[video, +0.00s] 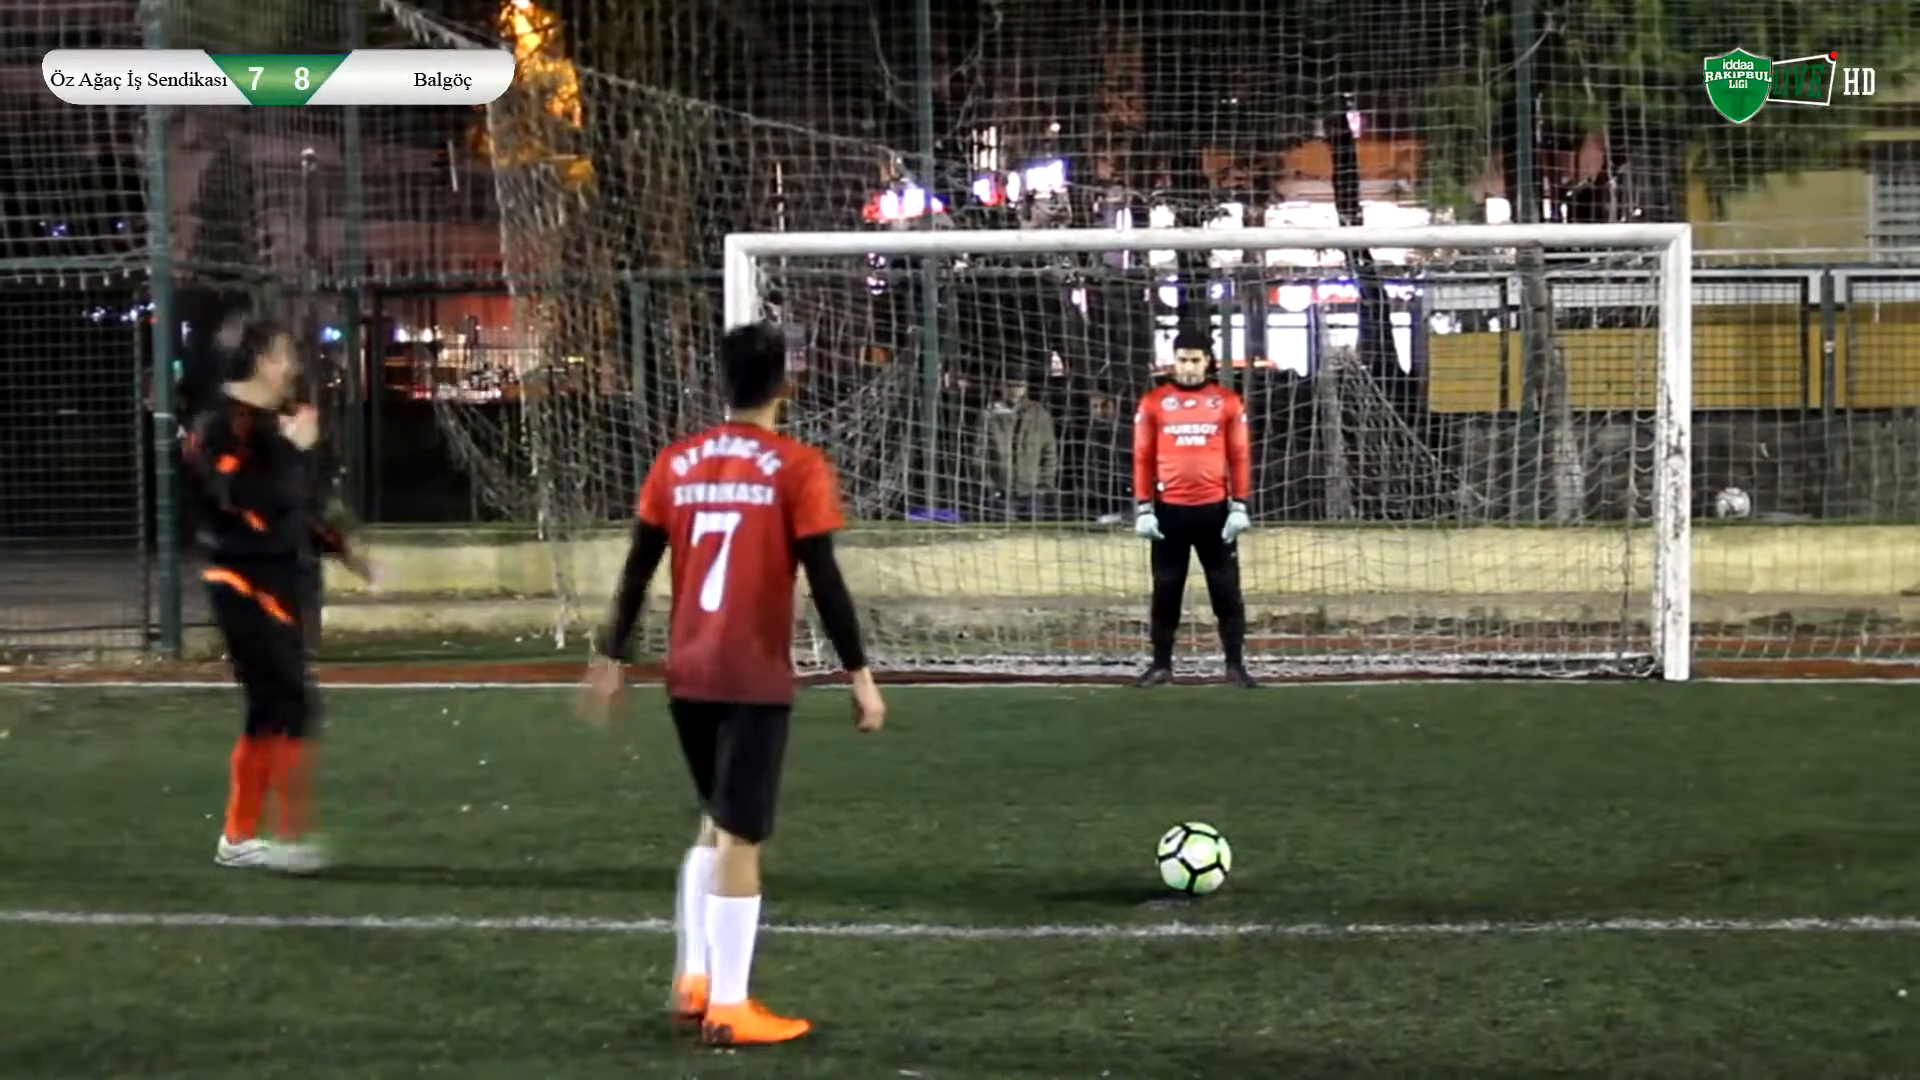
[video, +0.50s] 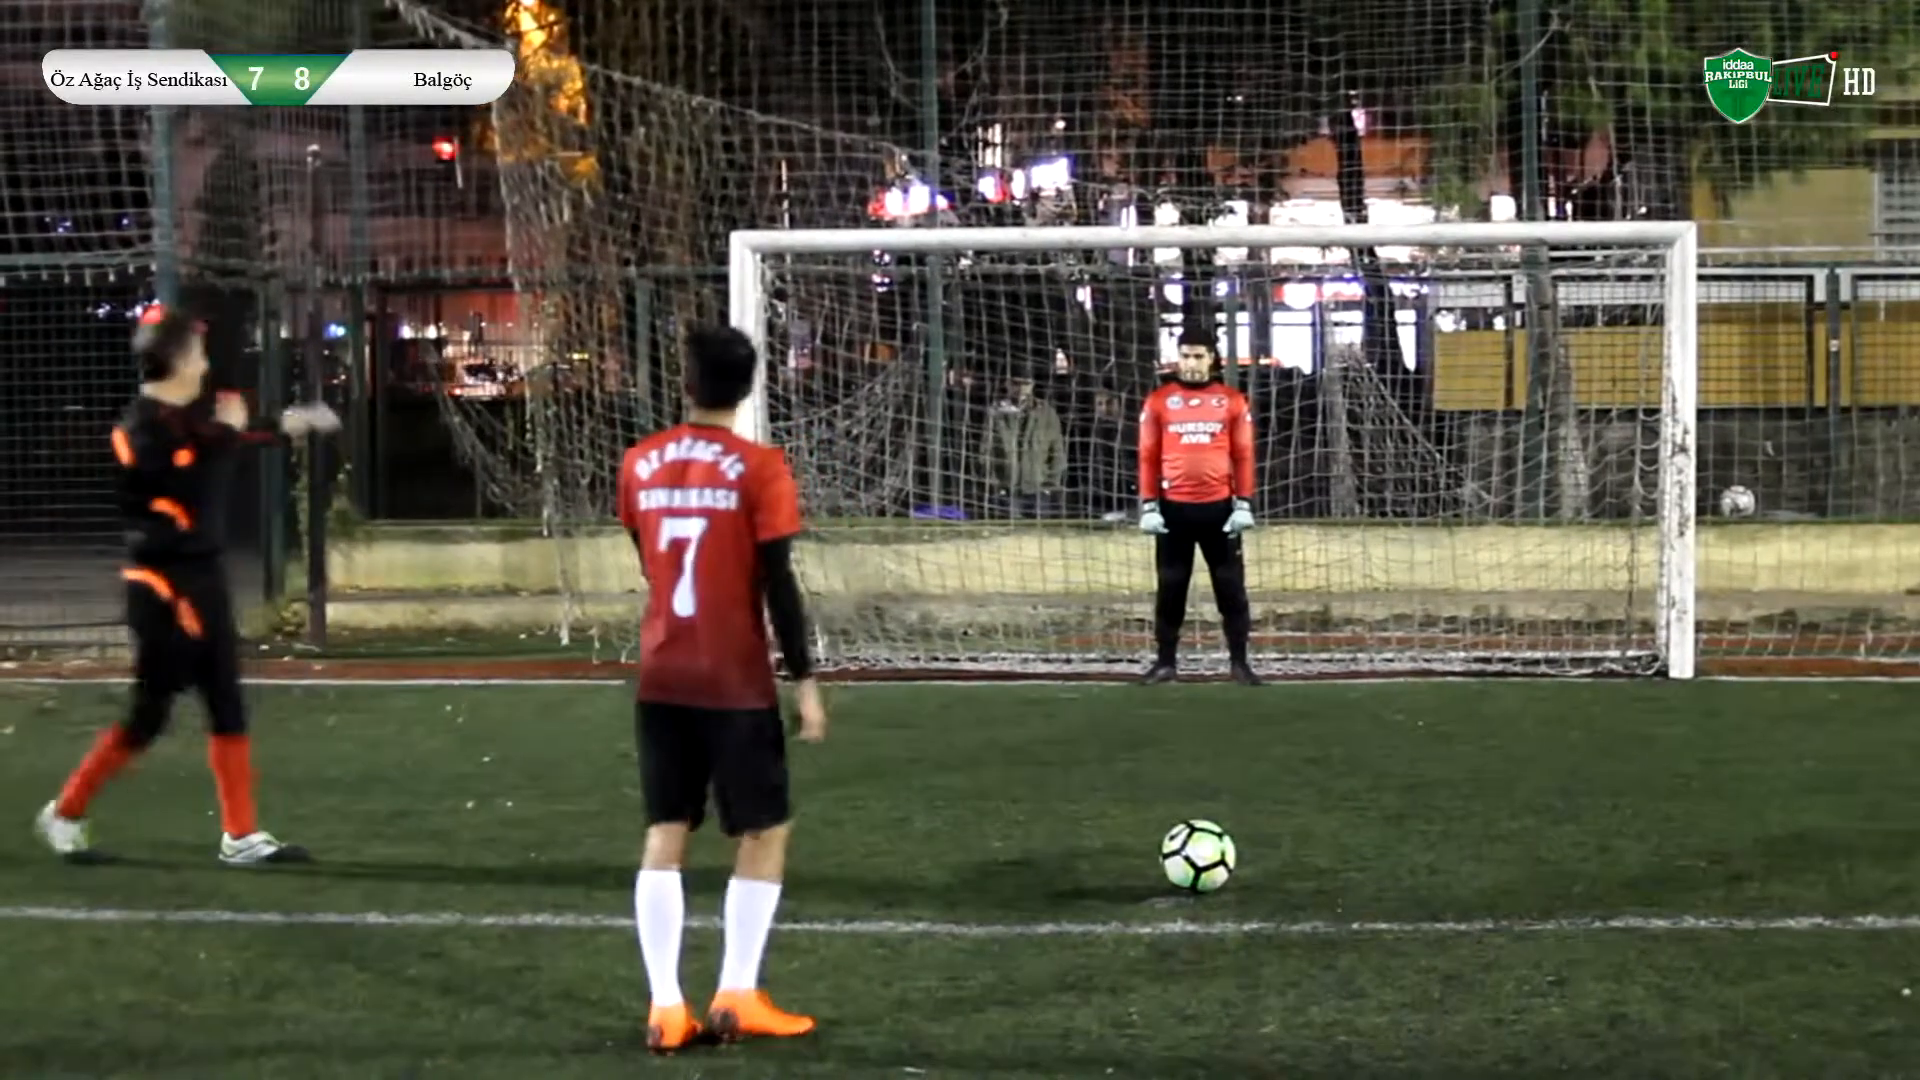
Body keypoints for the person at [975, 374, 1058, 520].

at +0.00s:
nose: (1014, 392)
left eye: (1019, 386)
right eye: (1009, 386)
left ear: (1026, 388)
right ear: (1001, 386)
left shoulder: (1040, 415)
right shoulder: (989, 415)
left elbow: (1050, 453)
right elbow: (980, 452)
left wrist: (1045, 485)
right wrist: (988, 486)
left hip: (1032, 493)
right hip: (1000, 492)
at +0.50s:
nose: (1020, 390)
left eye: (1026, 384)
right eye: (1015, 384)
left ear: (1033, 386)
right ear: (1007, 385)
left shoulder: (1047, 414)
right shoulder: (996, 413)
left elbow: (1058, 453)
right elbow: (986, 452)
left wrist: (1051, 485)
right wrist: (995, 486)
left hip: (1039, 492)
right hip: (1007, 492)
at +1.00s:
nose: (1020, 388)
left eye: (1026, 383)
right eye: (1015, 382)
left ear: (1033, 385)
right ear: (1007, 383)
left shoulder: (1047, 413)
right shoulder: (996, 412)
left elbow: (1058, 450)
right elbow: (985, 449)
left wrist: (1052, 483)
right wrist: (994, 482)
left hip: (1038, 492)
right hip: (1006, 492)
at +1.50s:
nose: (1016, 389)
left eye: (1022, 384)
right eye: (1011, 384)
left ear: (1030, 386)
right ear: (1005, 385)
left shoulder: (1044, 414)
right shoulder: (993, 413)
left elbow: (1055, 453)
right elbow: (983, 451)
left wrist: (1048, 486)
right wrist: (992, 487)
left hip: (1035, 492)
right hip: (1004, 492)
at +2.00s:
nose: (1015, 389)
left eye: (1021, 384)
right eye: (1011, 383)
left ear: (1029, 386)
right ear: (1004, 385)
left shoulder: (1043, 413)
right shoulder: (992, 413)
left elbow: (1054, 453)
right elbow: (983, 450)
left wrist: (1048, 485)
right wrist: (991, 485)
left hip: (1035, 492)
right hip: (1003, 492)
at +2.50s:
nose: (1018, 388)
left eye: (1023, 382)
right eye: (1013, 382)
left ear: (1030, 384)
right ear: (1006, 383)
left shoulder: (1045, 412)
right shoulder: (995, 410)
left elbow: (1056, 453)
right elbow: (985, 449)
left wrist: (1049, 485)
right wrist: (992, 482)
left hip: (1036, 491)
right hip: (1004, 491)